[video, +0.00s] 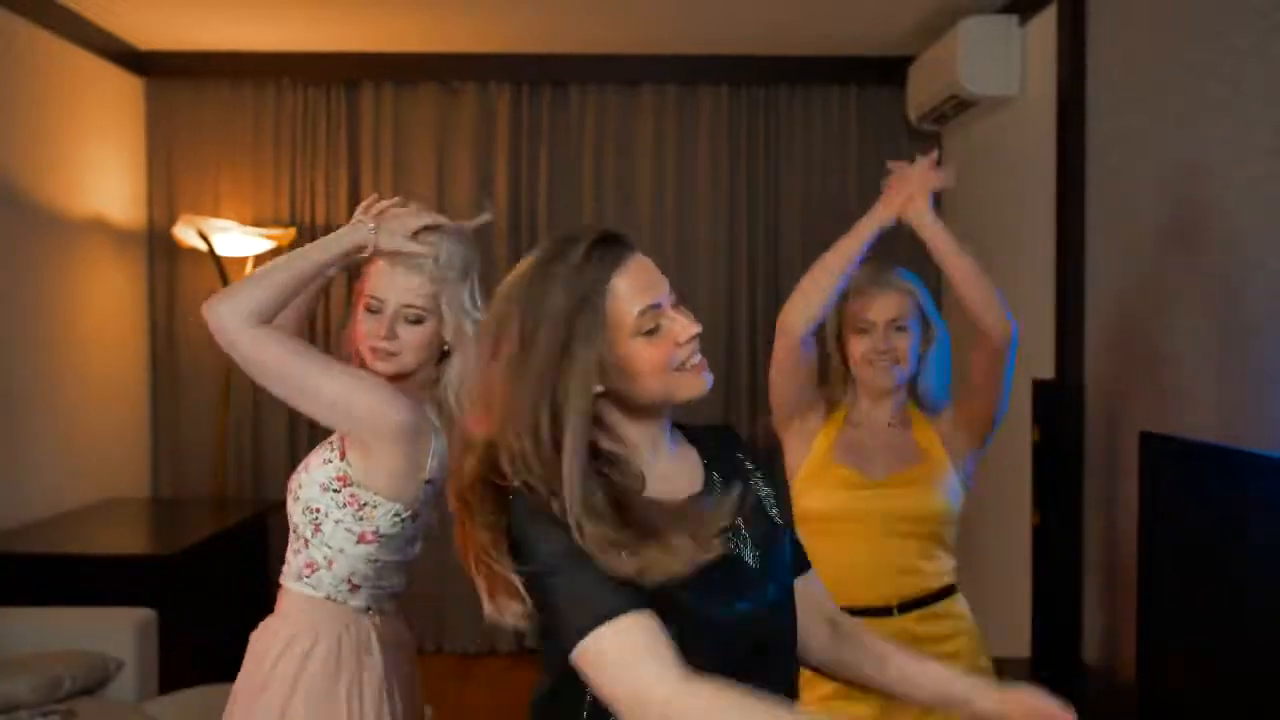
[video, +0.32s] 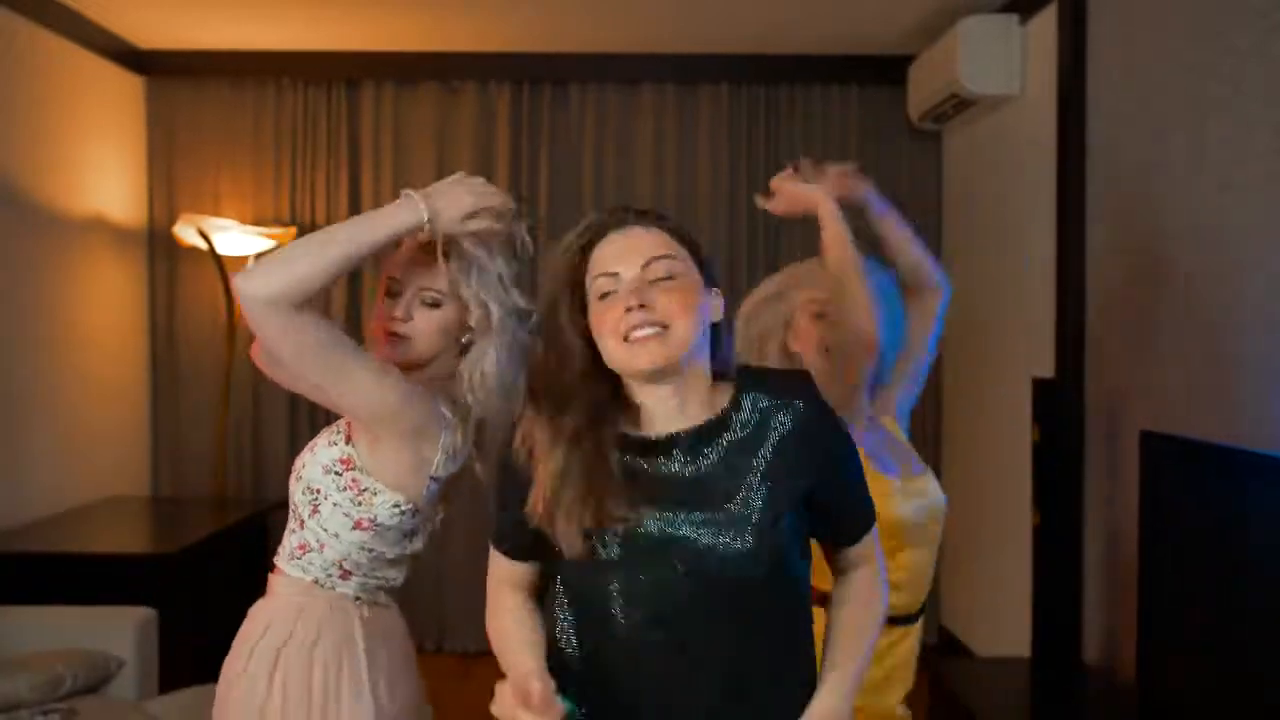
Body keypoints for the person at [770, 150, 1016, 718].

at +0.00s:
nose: (881, 343)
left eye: (899, 328)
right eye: (863, 329)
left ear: (922, 343)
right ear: (840, 344)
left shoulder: (951, 435)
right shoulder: (805, 430)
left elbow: (996, 334)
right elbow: (792, 328)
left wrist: (922, 216)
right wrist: (881, 213)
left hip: (943, 665)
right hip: (835, 671)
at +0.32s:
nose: (849, 330)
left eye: (855, 310)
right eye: (823, 314)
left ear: (873, 323)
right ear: (785, 335)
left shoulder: (885, 420)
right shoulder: (801, 442)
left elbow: (928, 290)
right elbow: (862, 335)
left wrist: (867, 198)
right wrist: (826, 210)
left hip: (890, 699)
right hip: (822, 701)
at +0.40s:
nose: (838, 341)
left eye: (852, 320)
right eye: (815, 325)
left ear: (869, 326)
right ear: (781, 345)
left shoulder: (866, 431)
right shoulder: (806, 445)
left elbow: (896, 323)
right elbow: (884, 346)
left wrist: (834, 243)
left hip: (881, 689)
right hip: (822, 693)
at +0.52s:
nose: (843, 266)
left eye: (853, 250)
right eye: (821, 251)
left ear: (864, 261)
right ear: (782, 270)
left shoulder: (826, 333)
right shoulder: (824, 334)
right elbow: (931, 338)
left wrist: (817, 194)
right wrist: (1040, 324)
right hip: (856, 569)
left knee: (870, 700)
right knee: (858, 703)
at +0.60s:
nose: (859, 235)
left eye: (862, 221)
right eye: (836, 220)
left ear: (869, 228)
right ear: (788, 238)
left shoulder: (774, 314)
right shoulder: (866, 307)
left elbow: (752, 238)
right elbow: (955, 393)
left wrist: (783, 166)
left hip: (794, 524)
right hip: (871, 536)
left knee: (796, 685)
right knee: (869, 691)